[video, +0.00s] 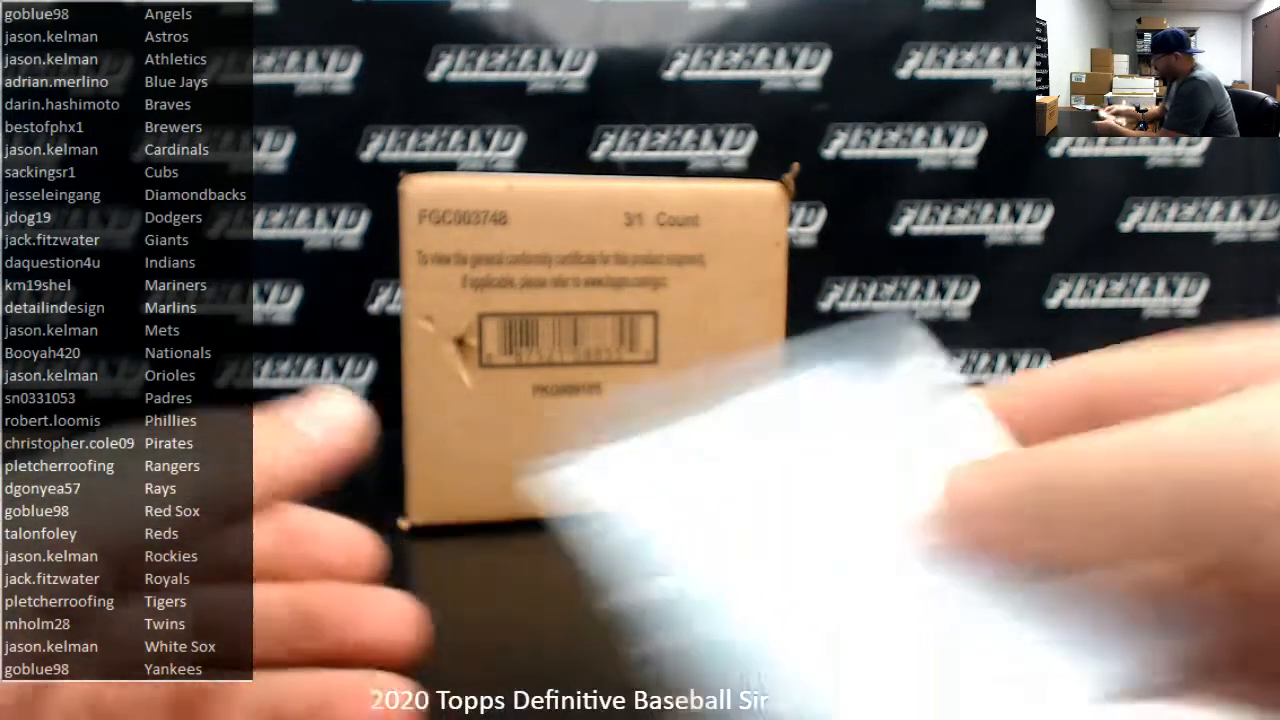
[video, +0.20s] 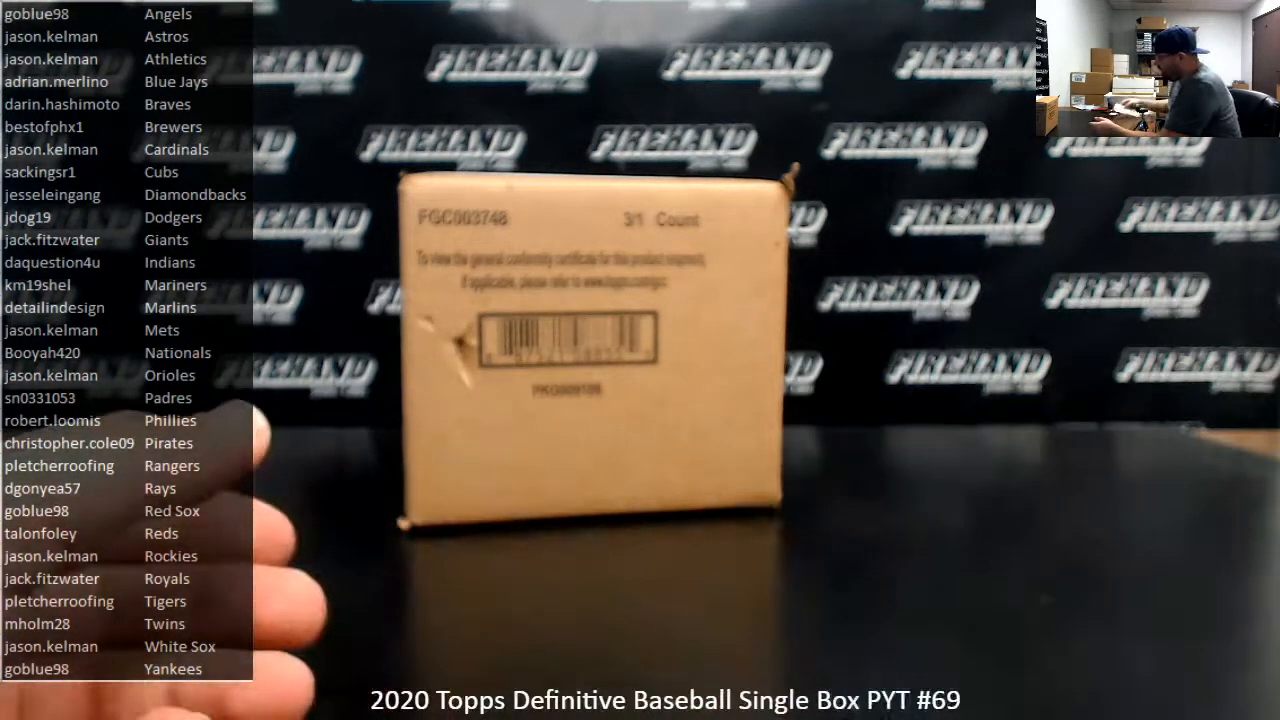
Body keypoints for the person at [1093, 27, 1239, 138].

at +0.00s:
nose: (1152, 66)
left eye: (1155, 59)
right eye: (1151, 60)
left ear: (1176, 57)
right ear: (1176, 58)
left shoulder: (1196, 84)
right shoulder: (1181, 80)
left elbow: (1169, 141)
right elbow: (1163, 111)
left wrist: (1118, 131)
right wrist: (1133, 115)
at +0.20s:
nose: (1157, 64)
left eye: (1160, 58)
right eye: (1156, 58)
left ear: (1181, 56)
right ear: (1181, 57)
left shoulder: (1199, 85)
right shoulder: (1186, 79)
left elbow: (1168, 142)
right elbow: (1174, 106)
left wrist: (1116, 131)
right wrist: (1138, 103)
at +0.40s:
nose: (1160, 63)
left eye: (1164, 57)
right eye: (1159, 57)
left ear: (1185, 57)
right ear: (1186, 57)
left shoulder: (1202, 88)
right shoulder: (1198, 79)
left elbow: (1165, 142)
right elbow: (1179, 106)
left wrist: (1116, 130)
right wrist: (1147, 104)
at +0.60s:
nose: (1162, 61)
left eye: (1166, 55)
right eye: (1163, 55)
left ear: (1188, 57)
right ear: (1189, 57)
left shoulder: (1204, 88)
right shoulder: (1194, 79)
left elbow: (1165, 142)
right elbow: (1176, 107)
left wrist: (1112, 130)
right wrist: (1139, 101)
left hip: (1218, 166)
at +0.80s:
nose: (1161, 61)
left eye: (1165, 55)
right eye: (1162, 55)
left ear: (1186, 57)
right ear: (1187, 57)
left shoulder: (1204, 86)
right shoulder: (1185, 78)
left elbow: (1166, 144)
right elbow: (1156, 101)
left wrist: (1112, 136)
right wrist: (1117, 98)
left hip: (1219, 163)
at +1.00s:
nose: (1152, 63)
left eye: (1156, 57)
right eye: (1152, 57)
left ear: (1176, 56)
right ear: (1176, 57)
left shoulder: (1198, 84)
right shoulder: (1173, 79)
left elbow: (1171, 145)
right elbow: (1135, 98)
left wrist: (1116, 136)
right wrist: (1092, 96)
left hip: (1215, 159)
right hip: (1191, 154)